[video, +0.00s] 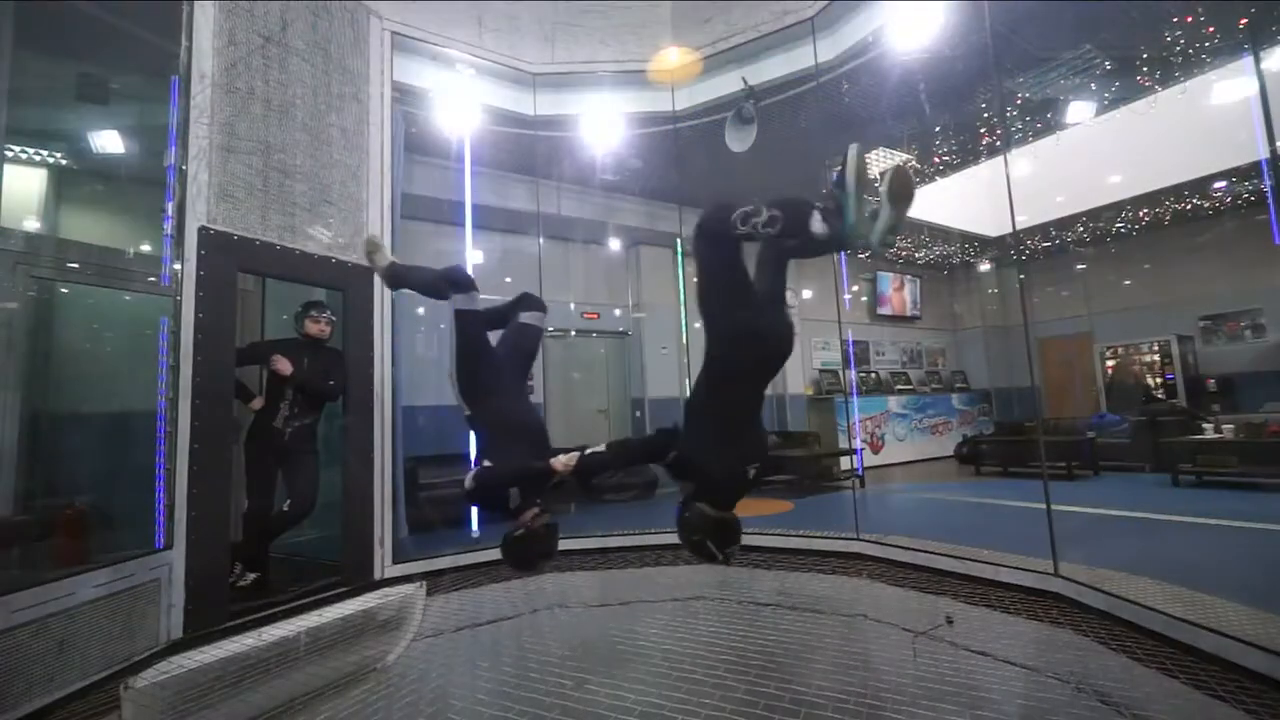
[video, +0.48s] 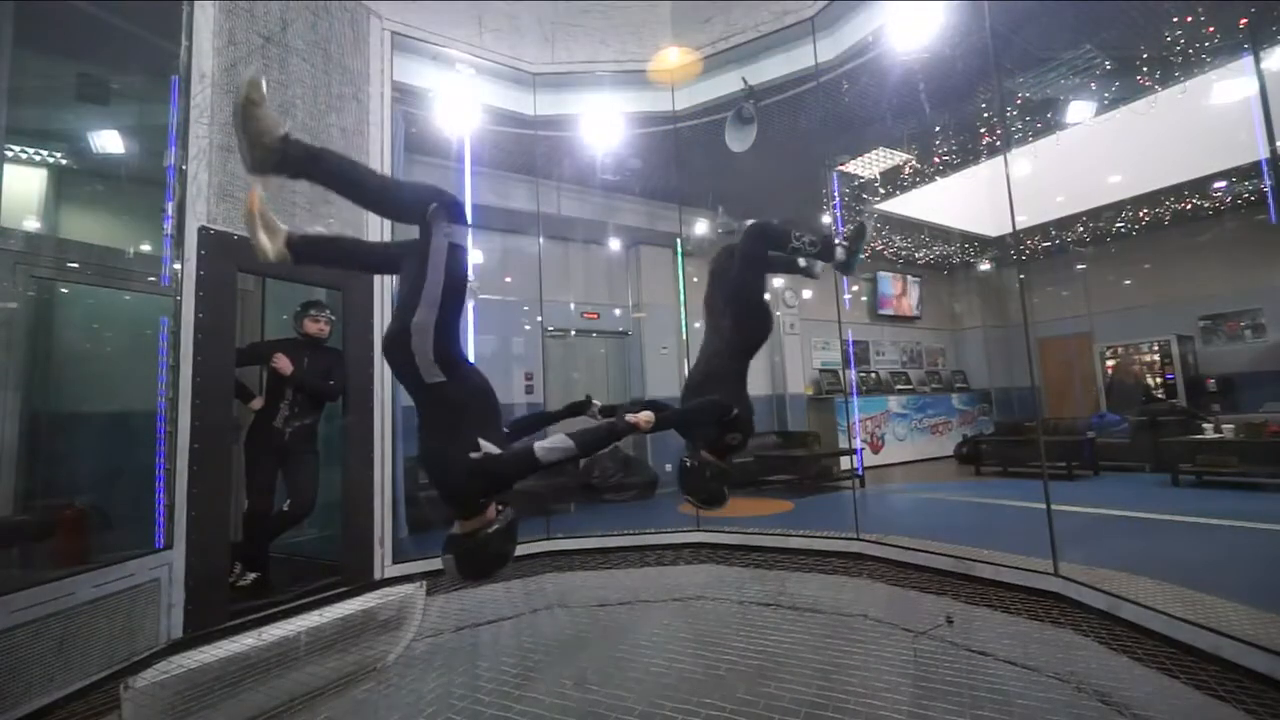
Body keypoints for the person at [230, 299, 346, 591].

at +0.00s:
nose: (322, 325)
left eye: (327, 321)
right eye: (316, 319)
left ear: (332, 326)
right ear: (301, 323)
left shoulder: (334, 357)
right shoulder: (279, 348)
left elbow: (332, 392)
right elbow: (224, 360)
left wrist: (294, 373)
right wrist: (249, 397)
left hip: (301, 441)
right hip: (264, 436)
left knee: (303, 504)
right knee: (260, 504)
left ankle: (243, 553)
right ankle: (254, 570)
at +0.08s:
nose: (323, 325)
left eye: (328, 321)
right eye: (316, 319)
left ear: (332, 326)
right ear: (302, 323)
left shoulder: (334, 357)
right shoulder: (279, 348)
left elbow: (332, 392)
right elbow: (223, 360)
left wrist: (293, 373)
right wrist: (249, 397)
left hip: (301, 441)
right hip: (264, 436)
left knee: (303, 504)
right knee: (259, 504)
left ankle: (243, 553)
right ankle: (253, 570)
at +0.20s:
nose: (323, 325)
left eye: (327, 321)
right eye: (316, 319)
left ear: (332, 326)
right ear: (301, 322)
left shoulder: (334, 357)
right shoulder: (280, 348)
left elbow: (333, 392)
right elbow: (224, 360)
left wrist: (294, 373)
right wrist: (249, 397)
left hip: (302, 441)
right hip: (264, 436)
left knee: (303, 504)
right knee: (260, 504)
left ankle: (243, 553)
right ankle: (254, 570)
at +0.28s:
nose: (322, 325)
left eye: (327, 321)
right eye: (315, 319)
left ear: (333, 327)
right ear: (301, 322)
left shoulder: (334, 357)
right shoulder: (280, 348)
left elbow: (332, 392)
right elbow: (224, 360)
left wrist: (293, 373)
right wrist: (249, 397)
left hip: (302, 441)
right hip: (264, 436)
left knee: (302, 504)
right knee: (259, 504)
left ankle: (242, 553)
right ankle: (254, 570)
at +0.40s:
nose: (322, 325)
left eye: (327, 321)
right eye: (315, 319)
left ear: (332, 327)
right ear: (301, 322)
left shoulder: (334, 357)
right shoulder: (279, 348)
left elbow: (333, 392)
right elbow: (224, 360)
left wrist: (293, 373)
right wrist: (250, 397)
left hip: (302, 441)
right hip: (264, 437)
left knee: (303, 505)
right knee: (260, 504)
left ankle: (243, 553)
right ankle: (254, 570)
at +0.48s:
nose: (322, 324)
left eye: (327, 320)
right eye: (315, 319)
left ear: (332, 327)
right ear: (300, 322)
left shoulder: (334, 357)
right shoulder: (279, 348)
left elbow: (332, 393)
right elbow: (225, 360)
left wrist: (293, 373)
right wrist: (250, 398)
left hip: (302, 441)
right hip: (264, 436)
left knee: (303, 505)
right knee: (259, 504)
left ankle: (243, 553)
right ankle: (254, 569)